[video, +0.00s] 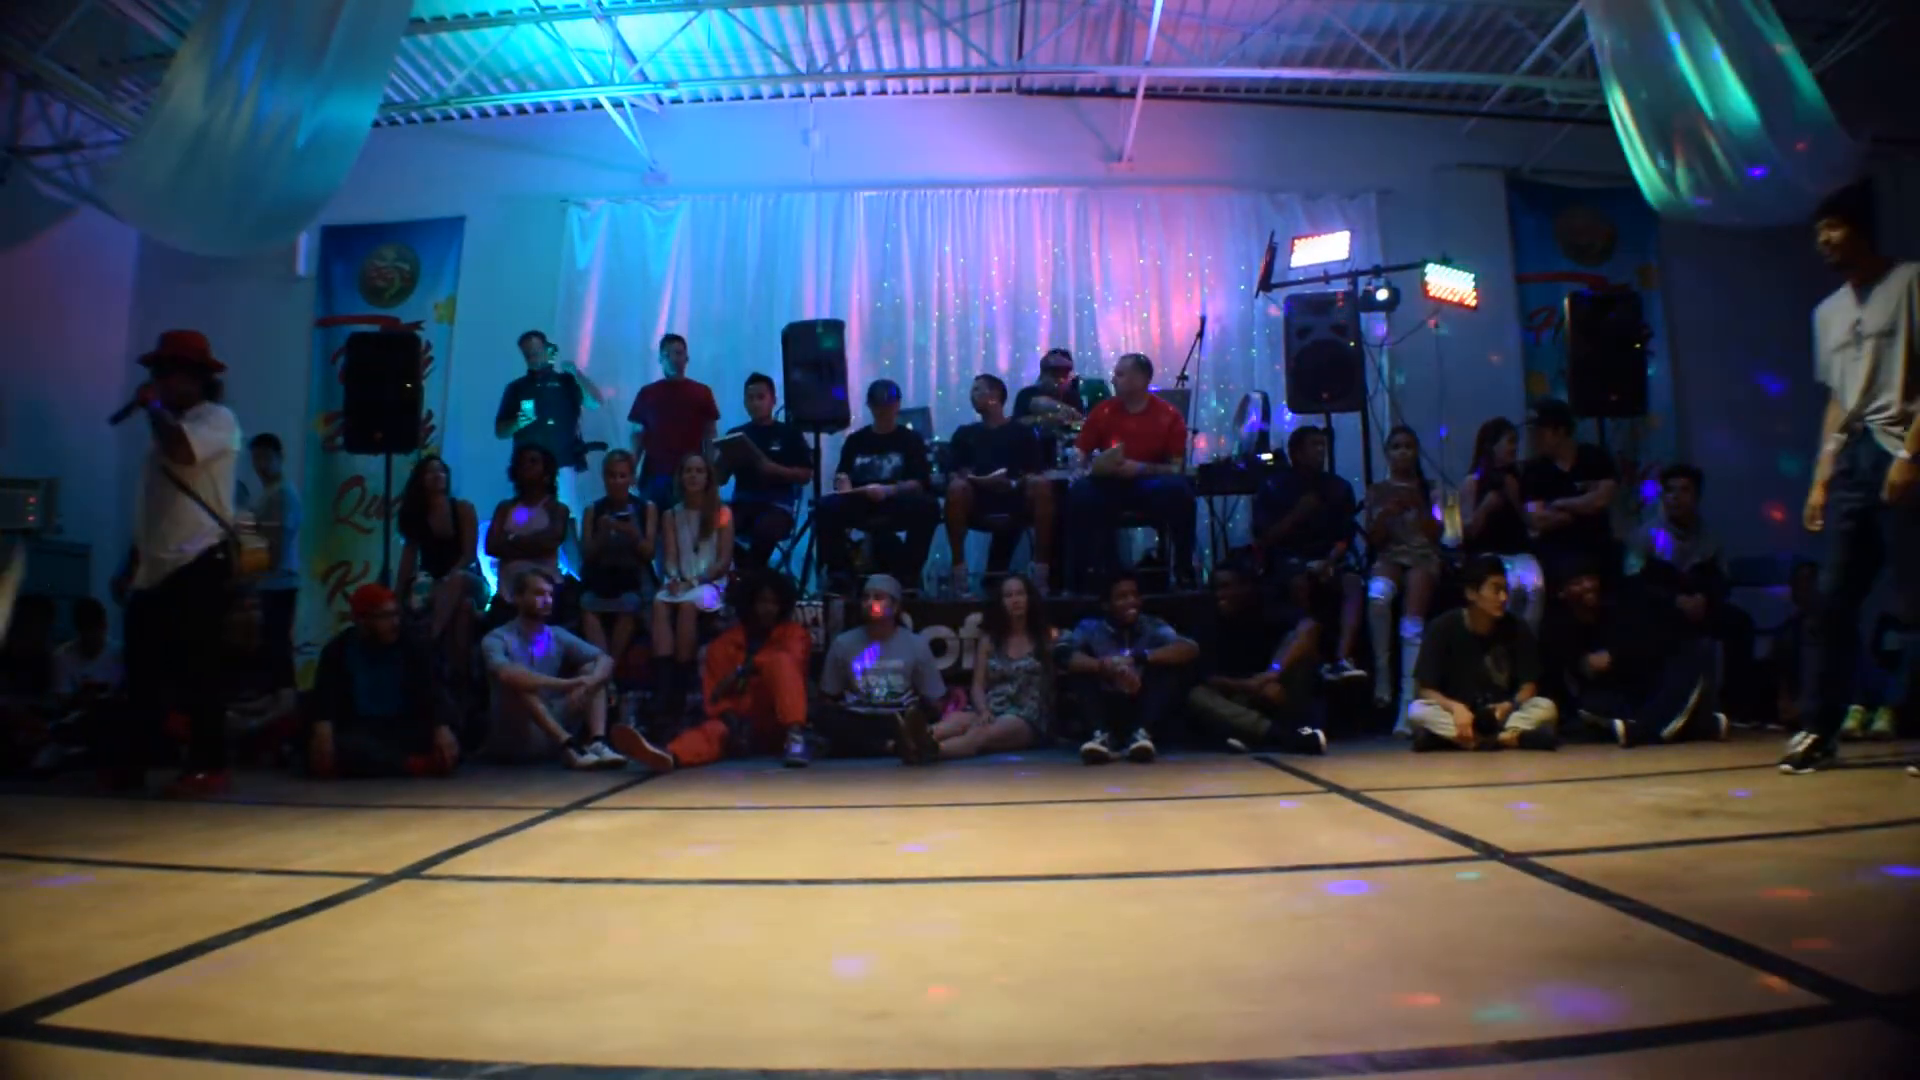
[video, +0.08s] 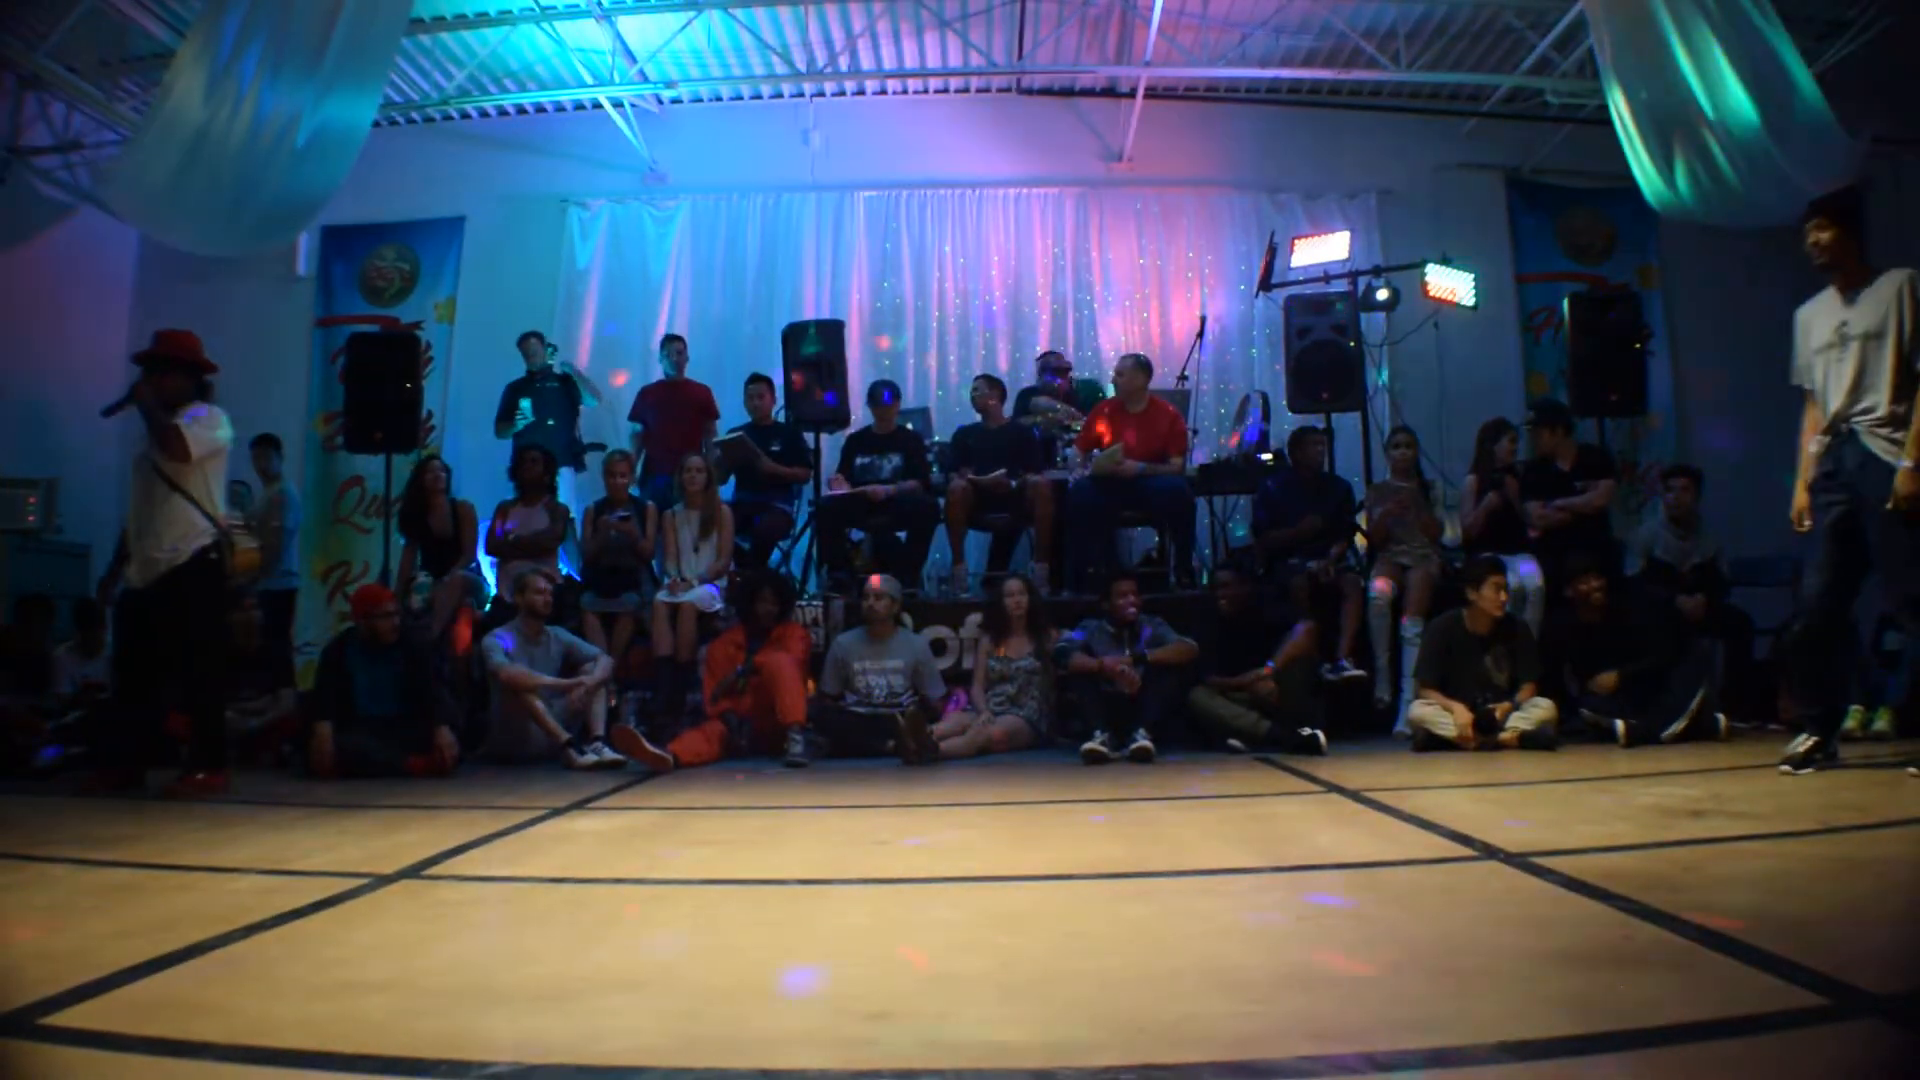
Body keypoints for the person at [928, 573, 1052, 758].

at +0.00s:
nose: (1015, 600)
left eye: (1020, 594)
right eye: (1009, 596)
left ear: (1030, 598)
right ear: (1001, 602)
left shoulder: (1043, 638)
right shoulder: (989, 640)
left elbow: (1053, 681)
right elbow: (978, 686)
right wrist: (984, 711)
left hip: (1029, 713)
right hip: (993, 711)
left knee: (980, 736)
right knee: (956, 720)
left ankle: (931, 752)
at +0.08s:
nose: (1017, 600)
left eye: (1022, 594)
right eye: (1010, 596)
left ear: (1030, 598)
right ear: (1001, 601)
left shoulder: (1045, 638)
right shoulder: (989, 641)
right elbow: (977, 687)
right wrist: (984, 711)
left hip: (1028, 712)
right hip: (991, 710)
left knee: (992, 734)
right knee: (954, 721)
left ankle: (933, 752)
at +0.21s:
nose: (1017, 600)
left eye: (1022, 594)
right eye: (1011, 595)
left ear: (1032, 598)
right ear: (1002, 601)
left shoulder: (1045, 638)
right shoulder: (989, 639)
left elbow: (1054, 682)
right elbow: (977, 685)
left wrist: (1035, 682)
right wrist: (983, 712)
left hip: (1028, 712)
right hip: (991, 709)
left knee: (985, 735)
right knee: (956, 721)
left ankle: (934, 752)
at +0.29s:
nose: (1018, 600)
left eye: (1023, 594)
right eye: (1012, 595)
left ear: (1032, 598)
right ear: (1001, 601)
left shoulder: (1044, 638)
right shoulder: (988, 639)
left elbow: (1052, 685)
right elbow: (977, 688)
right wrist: (983, 711)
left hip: (1028, 714)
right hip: (992, 711)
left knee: (983, 736)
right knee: (958, 720)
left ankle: (930, 751)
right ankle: (917, 736)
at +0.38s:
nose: (1019, 600)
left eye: (1023, 594)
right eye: (1012, 595)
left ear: (1032, 599)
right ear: (1002, 601)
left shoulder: (1044, 638)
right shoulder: (988, 639)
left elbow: (1052, 687)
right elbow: (977, 686)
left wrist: (1056, 731)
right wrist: (983, 711)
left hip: (1027, 714)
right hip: (990, 711)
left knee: (984, 736)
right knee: (958, 720)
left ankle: (930, 751)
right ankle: (919, 736)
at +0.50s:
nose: (1018, 599)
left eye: (1023, 594)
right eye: (1011, 594)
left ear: (1032, 599)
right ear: (1000, 600)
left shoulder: (1043, 638)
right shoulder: (988, 639)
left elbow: (1051, 686)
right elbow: (977, 687)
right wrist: (983, 711)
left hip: (1027, 714)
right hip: (990, 711)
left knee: (981, 735)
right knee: (958, 720)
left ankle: (931, 751)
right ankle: (917, 736)